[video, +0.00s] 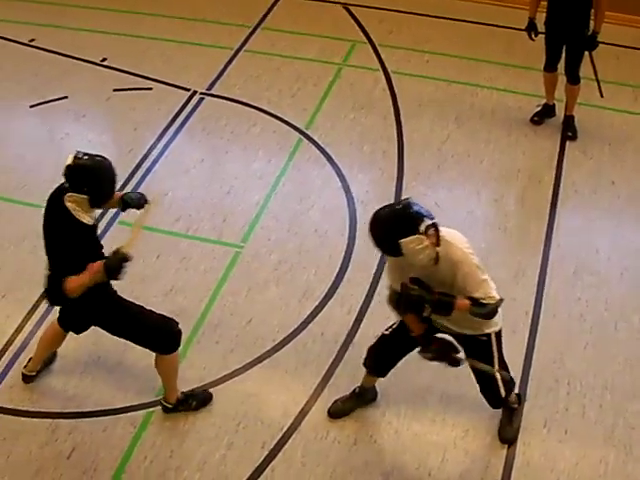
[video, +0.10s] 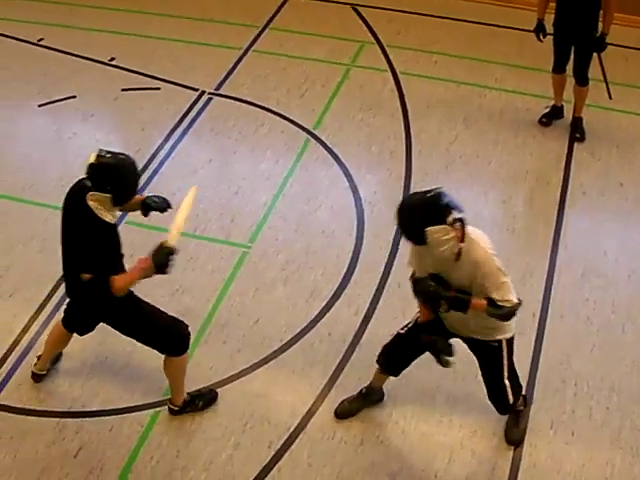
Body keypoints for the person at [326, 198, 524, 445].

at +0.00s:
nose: (405, 261)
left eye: (409, 255)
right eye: (400, 257)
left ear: (430, 236)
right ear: (396, 252)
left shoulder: (457, 253)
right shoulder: (398, 258)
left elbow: (490, 307)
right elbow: (399, 301)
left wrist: (440, 302)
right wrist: (426, 340)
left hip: (475, 324)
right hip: (430, 317)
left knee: (494, 392)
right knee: (379, 354)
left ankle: (512, 404)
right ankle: (365, 391)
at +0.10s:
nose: (413, 243)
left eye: (415, 236)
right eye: (411, 237)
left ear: (432, 231)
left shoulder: (477, 251)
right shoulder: (421, 246)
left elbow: (507, 307)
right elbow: (422, 287)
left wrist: (456, 300)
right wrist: (429, 330)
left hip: (489, 330)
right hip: (444, 318)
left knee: (503, 401)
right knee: (394, 353)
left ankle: (519, 405)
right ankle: (373, 390)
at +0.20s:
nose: (441, 230)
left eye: (444, 225)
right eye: (440, 226)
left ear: (461, 220)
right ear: (451, 221)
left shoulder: (500, 250)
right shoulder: (445, 236)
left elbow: (522, 313)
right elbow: (437, 272)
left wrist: (471, 297)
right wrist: (426, 307)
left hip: (497, 331)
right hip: (455, 315)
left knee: (508, 400)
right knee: (413, 353)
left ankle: (525, 407)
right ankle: (380, 390)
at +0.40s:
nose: (460, 213)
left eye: (464, 208)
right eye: (460, 208)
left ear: (481, 203)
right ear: (478, 200)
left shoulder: (515, 243)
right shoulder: (467, 218)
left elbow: (530, 308)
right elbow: (458, 258)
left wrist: (479, 289)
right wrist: (435, 298)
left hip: (505, 330)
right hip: (466, 310)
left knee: (513, 387)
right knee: (426, 348)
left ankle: (530, 408)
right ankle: (403, 387)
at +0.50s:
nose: (455, 214)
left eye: (458, 207)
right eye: (453, 208)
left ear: (475, 199)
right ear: (456, 203)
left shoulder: (508, 233)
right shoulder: (459, 219)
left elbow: (528, 302)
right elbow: (453, 262)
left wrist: (473, 286)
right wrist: (432, 298)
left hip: (505, 325)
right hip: (466, 309)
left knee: (515, 383)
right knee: (424, 349)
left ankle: (530, 408)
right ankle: (402, 387)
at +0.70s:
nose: (437, 221)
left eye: (439, 215)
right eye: (434, 216)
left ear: (456, 206)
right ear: (440, 210)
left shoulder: (494, 231)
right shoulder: (443, 225)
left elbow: (528, 293)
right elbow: (446, 268)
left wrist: (473, 292)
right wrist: (426, 302)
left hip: (503, 319)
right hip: (463, 308)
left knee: (517, 382)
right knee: (419, 347)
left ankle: (530, 409)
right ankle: (402, 387)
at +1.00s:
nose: (438, 219)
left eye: (441, 210)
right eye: (428, 214)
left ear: (449, 202)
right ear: (415, 213)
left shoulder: (479, 217)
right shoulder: (408, 232)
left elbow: (524, 224)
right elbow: (362, 264)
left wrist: (515, 270)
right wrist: (314, 273)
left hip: (497, 301)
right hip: (450, 299)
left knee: (524, 363)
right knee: (409, 356)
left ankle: (543, 403)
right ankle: (402, 383)